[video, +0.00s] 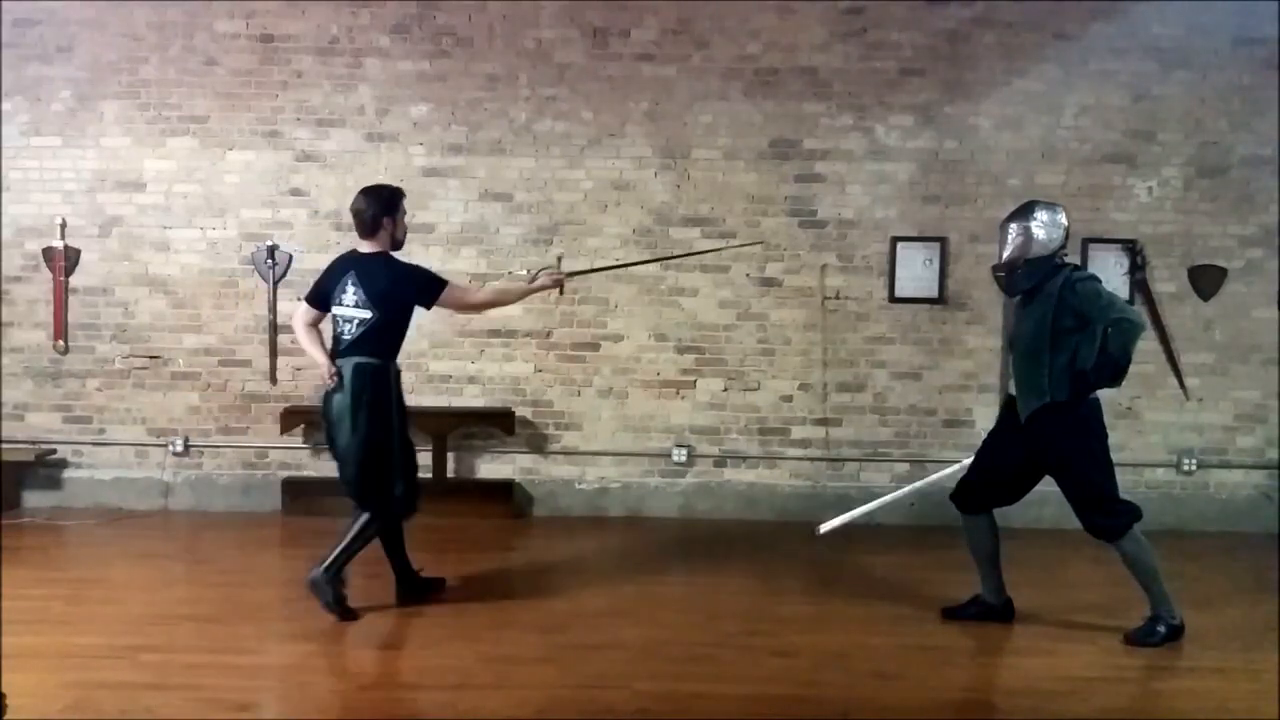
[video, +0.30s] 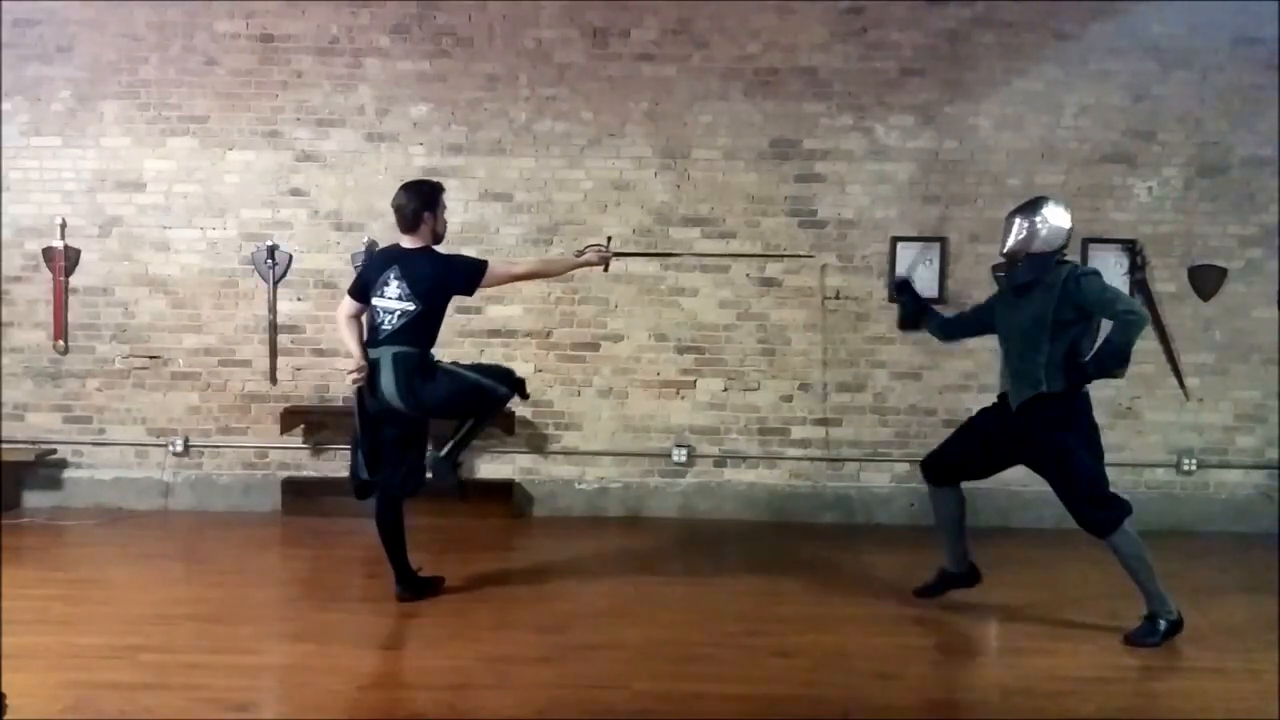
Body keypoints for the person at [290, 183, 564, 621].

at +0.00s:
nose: (407, 223)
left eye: (404, 215)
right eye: (402, 216)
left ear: (363, 225)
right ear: (388, 223)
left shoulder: (340, 268)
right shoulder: (401, 274)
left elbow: (303, 321)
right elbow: (471, 300)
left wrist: (325, 362)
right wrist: (532, 285)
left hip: (341, 388)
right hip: (373, 389)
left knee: (379, 488)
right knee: (397, 492)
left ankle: (407, 581)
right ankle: (329, 573)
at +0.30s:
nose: (446, 219)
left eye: (444, 211)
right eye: (442, 212)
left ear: (403, 219)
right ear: (428, 218)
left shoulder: (378, 261)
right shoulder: (442, 266)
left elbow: (346, 314)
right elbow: (517, 272)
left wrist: (359, 358)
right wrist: (580, 260)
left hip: (375, 389)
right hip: (413, 383)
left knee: (388, 485)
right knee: (501, 385)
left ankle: (404, 580)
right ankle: (447, 459)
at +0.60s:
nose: (506, 227)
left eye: (503, 219)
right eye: (502, 220)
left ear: (465, 225)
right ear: (487, 225)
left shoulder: (436, 264)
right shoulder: (498, 279)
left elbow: (392, 309)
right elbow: (566, 277)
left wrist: (405, 351)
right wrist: (579, 241)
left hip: (414, 388)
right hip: (457, 390)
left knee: (411, 482)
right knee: (537, 419)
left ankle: (406, 579)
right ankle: (476, 485)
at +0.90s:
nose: (591, 268)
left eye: (588, 260)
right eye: (587, 261)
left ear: (549, 268)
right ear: (574, 267)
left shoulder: (523, 306)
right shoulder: (581, 320)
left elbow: (471, 332)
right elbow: (644, 361)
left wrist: (485, 372)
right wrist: (702, 364)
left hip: (477, 410)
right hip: (519, 420)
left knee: (428, 491)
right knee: (586, 493)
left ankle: (377, 571)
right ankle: (597, 580)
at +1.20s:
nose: (650, 335)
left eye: (649, 327)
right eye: (648, 327)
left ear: (611, 327)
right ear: (635, 330)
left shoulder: (579, 357)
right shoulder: (631, 374)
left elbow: (524, 372)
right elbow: (688, 427)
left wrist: (522, 405)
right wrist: (741, 455)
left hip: (517, 440)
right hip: (554, 453)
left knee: (453, 508)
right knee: (631, 498)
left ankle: (379, 572)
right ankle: (603, 579)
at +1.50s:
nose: (603, 293)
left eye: (599, 286)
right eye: (597, 287)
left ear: (561, 297)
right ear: (583, 294)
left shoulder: (536, 337)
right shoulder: (593, 340)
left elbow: (487, 366)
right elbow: (655, 369)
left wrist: (497, 403)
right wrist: (718, 382)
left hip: (493, 434)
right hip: (532, 439)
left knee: (452, 502)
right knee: (607, 496)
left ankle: (382, 559)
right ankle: (601, 581)